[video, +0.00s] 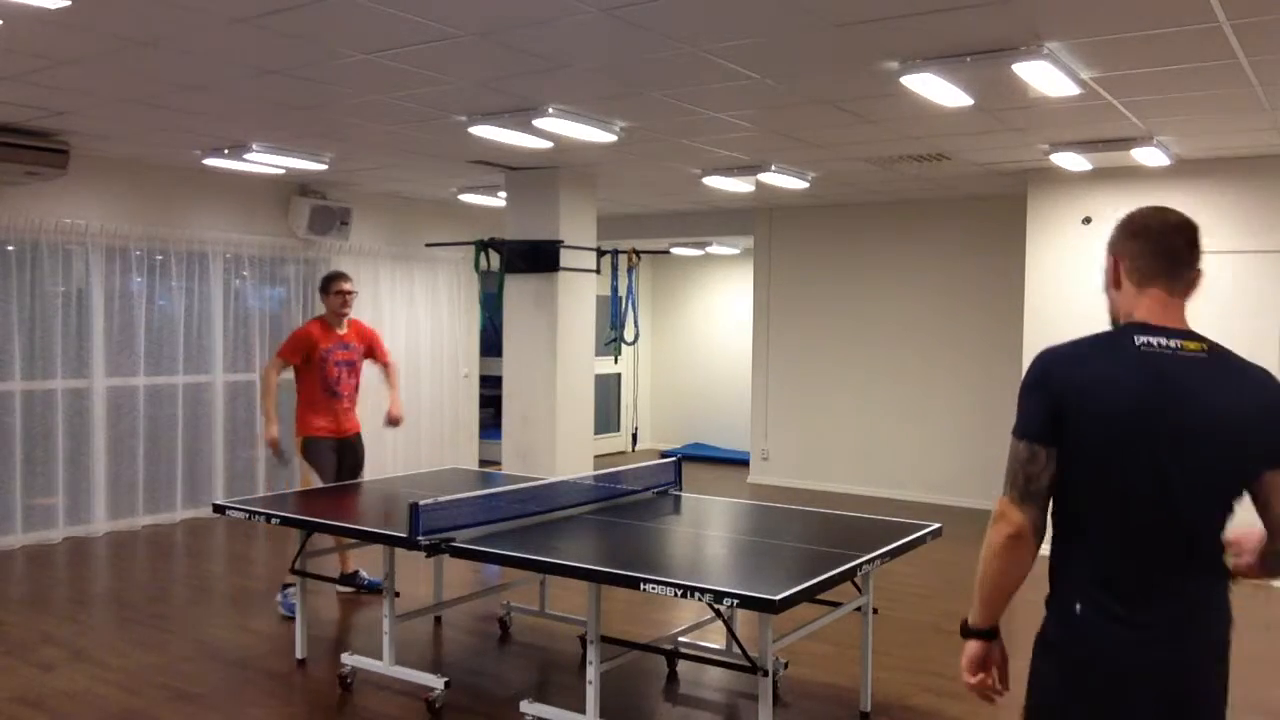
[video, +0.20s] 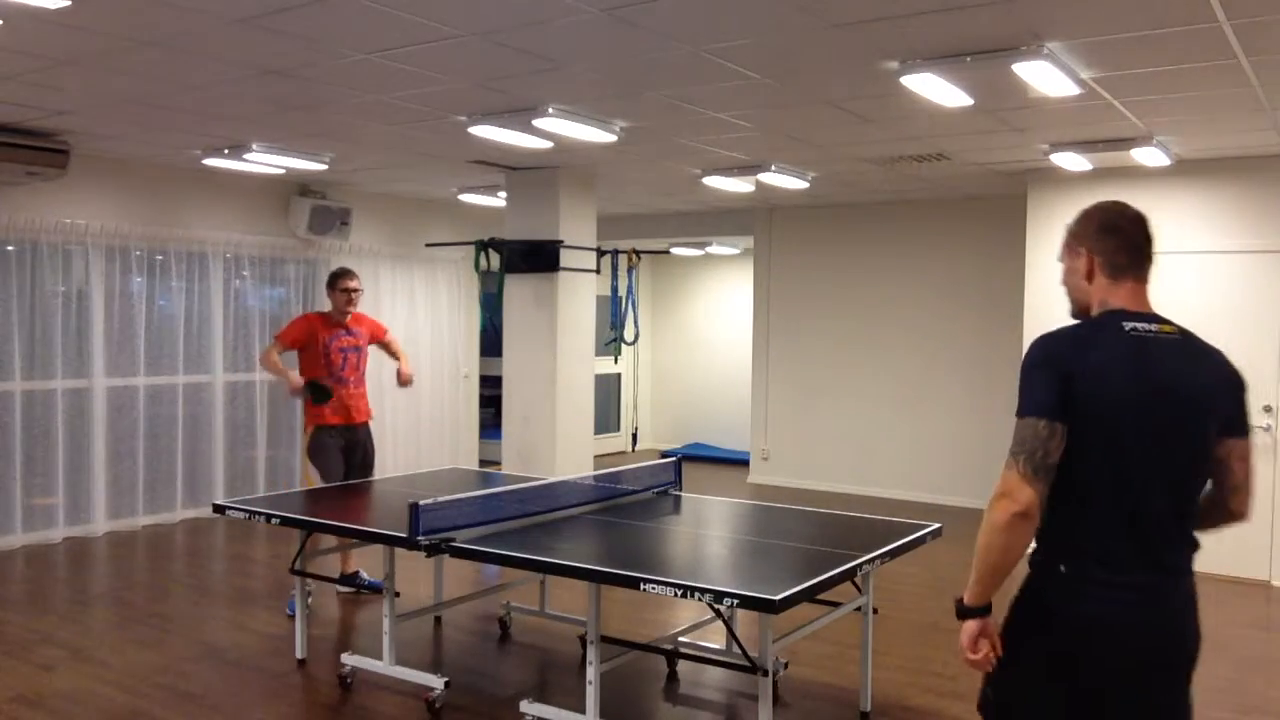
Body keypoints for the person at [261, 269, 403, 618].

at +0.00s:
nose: (346, 299)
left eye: (350, 294)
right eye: (339, 294)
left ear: (355, 298)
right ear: (324, 298)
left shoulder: (362, 334)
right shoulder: (308, 334)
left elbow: (388, 365)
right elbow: (271, 370)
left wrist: (395, 403)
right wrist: (270, 423)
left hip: (349, 431)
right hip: (316, 433)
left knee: (346, 505)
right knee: (314, 504)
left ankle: (348, 570)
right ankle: (291, 583)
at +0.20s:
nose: (353, 297)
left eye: (356, 292)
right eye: (346, 292)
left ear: (360, 295)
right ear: (330, 294)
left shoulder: (365, 325)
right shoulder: (310, 324)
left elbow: (389, 343)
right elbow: (267, 356)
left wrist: (404, 364)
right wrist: (289, 376)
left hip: (359, 425)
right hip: (324, 426)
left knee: (356, 500)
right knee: (330, 497)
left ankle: (348, 571)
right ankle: (303, 583)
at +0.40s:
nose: (356, 300)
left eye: (360, 295)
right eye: (349, 294)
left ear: (363, 298)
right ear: (332, 296)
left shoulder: (367, 337)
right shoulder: (311, 338)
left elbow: (366, 386)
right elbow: (300, 390)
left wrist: (388, 377)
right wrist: (325, 377)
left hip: (361, 429)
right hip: (326, 428)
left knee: (357, 501)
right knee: (330, 499)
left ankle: (348, 571)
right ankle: (302, 583)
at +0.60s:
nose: (356, 302)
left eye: (360, 297)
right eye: (350, 296)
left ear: (363, 301)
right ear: (332, 297)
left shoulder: (366, 338)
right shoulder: (313, 334)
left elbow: (382, 390)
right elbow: (296, 385)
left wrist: (390, 381)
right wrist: (341, 382)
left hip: (355, 427)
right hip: (321, 426)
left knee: (353, 502)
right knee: (315, 501)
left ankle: (349, 572)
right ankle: (285, 580)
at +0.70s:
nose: (353, 303)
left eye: (357, 298)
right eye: (347, 297)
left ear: (360, 302)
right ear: (328, 298)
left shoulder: (362, 338)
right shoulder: (309, 334)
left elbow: (381, 379)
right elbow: (293, 378)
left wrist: (390, 384)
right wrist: (344, 381)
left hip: (350, 430)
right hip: (316, 428)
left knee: (347, 504)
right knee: (304, 503)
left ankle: (348, 571)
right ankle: (272, 585)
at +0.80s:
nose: (349, 305)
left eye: (353, 300)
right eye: (343, 298)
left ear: (356, 304)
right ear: (324, 300)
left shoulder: (357, 341)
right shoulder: (304, 335)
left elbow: (371, 387)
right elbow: (292, 379)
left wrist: (385, 386)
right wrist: (347, 383)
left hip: (344, 433)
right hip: (309, 432)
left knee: (343, 506)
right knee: (298, 509)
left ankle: (349, 572)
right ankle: (266, 591)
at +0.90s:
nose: (344, 306)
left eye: (348, 301)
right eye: (338, 300)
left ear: (349, 306)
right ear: (318, 301)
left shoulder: (349, 343)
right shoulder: (297, 337)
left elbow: (364, 393)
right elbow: (287, 386)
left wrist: (379, 390)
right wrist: (338, 389)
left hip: (334, 435)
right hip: (299, 434)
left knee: (335, 508)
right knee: (294, 511)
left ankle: (348, 572)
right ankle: (266, 594)